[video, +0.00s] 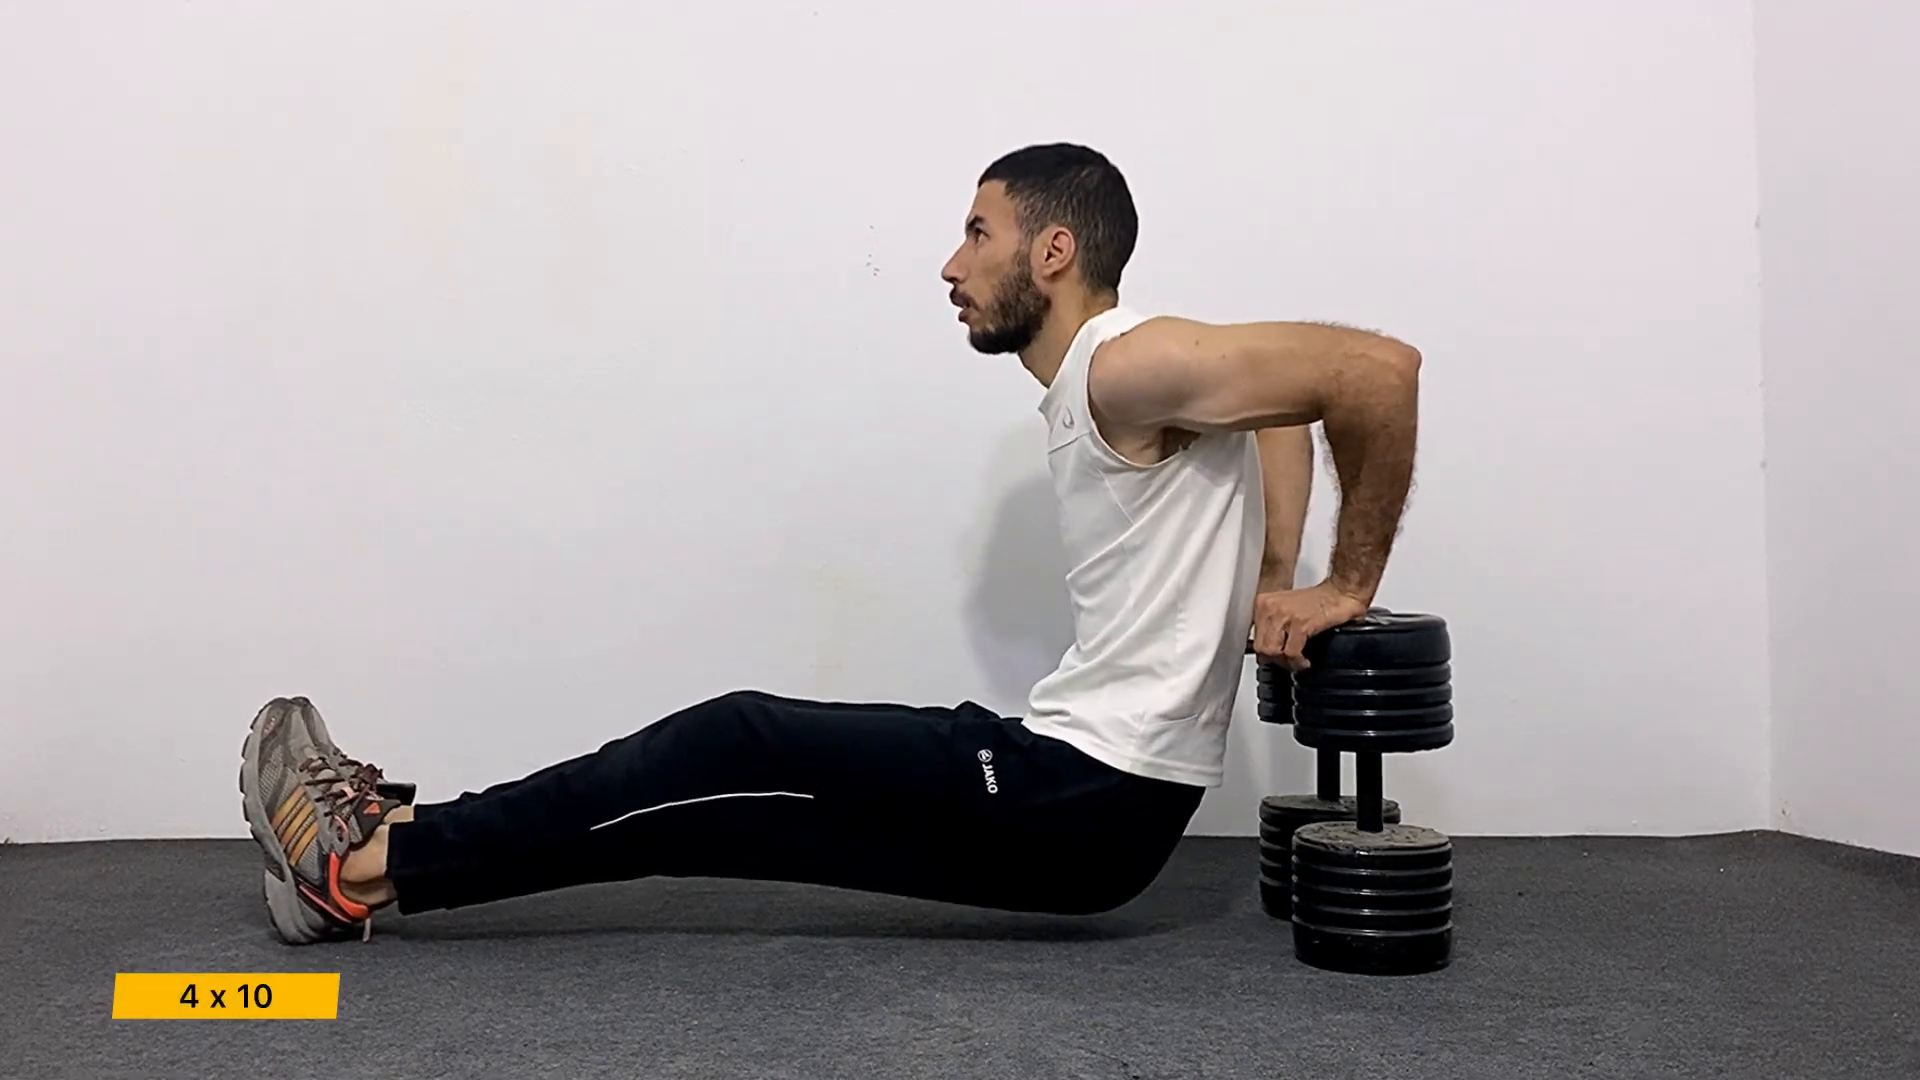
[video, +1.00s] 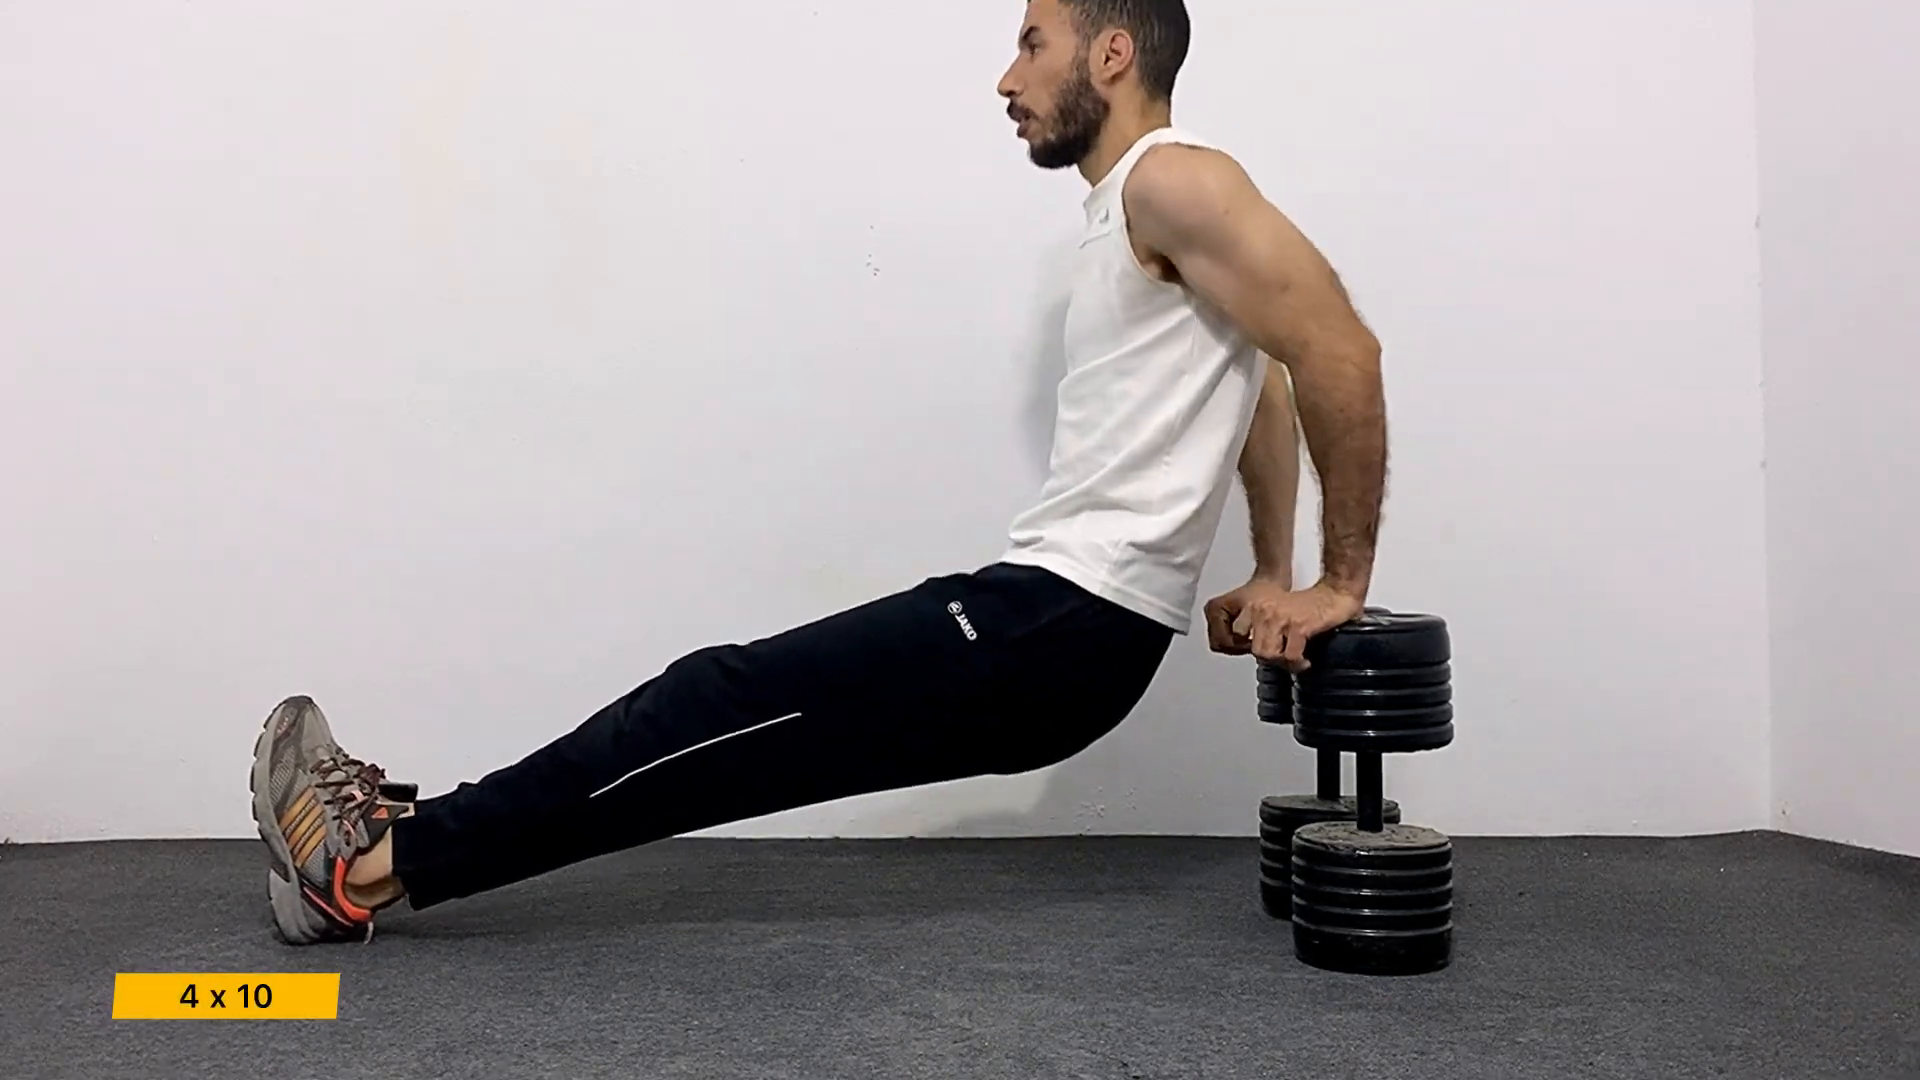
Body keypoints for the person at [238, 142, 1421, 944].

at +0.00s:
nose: (952, 268)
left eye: (976, 238)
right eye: (963, 240)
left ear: (1059, 250)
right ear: (1066, 252)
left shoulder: (1120, 367)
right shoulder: (1111, 368)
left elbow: (1381, 374)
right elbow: (1284, 394)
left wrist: (1355, 584)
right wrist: (1277, 580)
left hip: (1086, 792)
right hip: (1081, 781)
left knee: (730, 738)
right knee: (718, 796)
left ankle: (367, 866)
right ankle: (409, 835)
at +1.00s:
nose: (1007, 76)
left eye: (1031, 46)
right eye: (1015, 47)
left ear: (1116, 53)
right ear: (1106, 57)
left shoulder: (1179, 183)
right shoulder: (1145, 206)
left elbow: (1343, 349)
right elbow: (1266, 389)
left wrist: (1350, 580)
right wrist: (1269, 575)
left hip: (1069, 623)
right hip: (1053, 609)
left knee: (713, 712)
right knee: (711, 703)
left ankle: (376, 871)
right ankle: (400, 843)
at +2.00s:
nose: (966, 228)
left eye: (989, 196)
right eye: (974, 199)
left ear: (1075, 205)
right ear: (1078, 208)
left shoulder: (1144, 326)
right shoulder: (1123, 322)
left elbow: (1397, 373)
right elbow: (1293, 383)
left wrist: (1352, 589)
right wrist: (1278, 569)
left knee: (735, 752)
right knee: (734, 748)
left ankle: (389, 876)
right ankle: (421, 843)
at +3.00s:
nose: (992, 181)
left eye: (1013, 149)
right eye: (998, 152)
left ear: (1100, 159)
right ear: (1103, 164)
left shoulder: (1163, 286)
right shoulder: (1138, 294)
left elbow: (1395, 368)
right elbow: (1302, 374)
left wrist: (1354, 586)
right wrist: (1281, 572)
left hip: (1101, 720)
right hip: (1077, 702)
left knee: (737, 749)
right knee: (735, 745)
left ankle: (390, 871)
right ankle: (408, 854)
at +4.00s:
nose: (1000, 104)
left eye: (1023, 74)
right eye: (1006, 76)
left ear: (1102, 83)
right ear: (1095, 90)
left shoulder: (1172, 207)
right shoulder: (1144, 231)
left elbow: (1355, 358)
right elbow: (1276, 400)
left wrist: (1351, 585)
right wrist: (1269, 580)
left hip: (1084, 647)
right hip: (1071, 636)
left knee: (723, 724)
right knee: (724, 715)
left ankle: (390, 875)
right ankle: (416, 849)